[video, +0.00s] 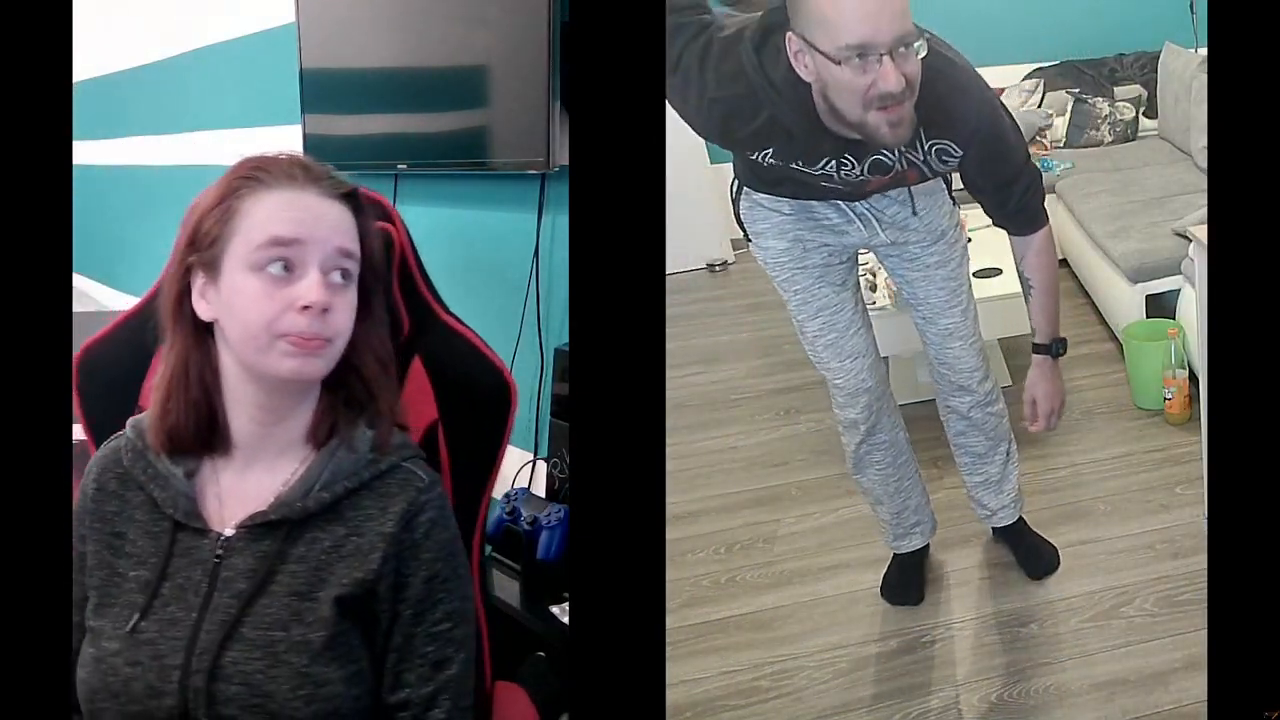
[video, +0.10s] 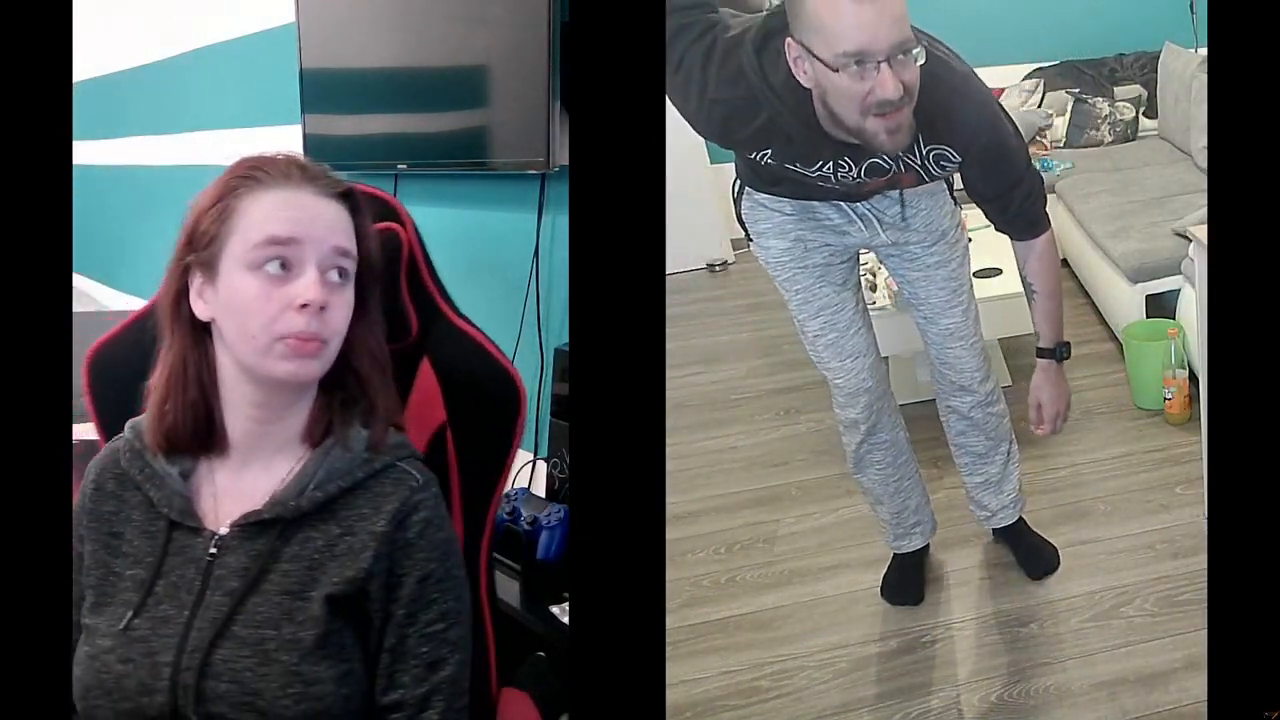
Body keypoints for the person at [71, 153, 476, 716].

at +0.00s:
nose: (317, 297)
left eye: (340, 273)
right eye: (280, 266)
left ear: (357, 303)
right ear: (204, 292)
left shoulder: (402, 503)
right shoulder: (115, 480)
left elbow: (436, 705)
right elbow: (77, 676)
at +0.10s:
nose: (315, 296)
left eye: (338, 272)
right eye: (278, 265)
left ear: (354, 302)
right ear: (202, 292)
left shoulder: (396, 502)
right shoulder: (115, 481)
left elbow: (429, 705)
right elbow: (81, 679)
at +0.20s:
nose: (314, 293)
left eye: (336, 269)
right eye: (277, 261)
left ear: (352, 300)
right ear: (201, 290)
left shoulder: (392, 501)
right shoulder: (113, 482)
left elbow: (423, 705)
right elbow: (84, 678)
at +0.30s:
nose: (305, 292)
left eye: (330, 269)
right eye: (267, 261)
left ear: (347, 303)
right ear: (196, 291)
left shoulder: (389, 504)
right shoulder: (113, 480)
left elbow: (418, 705)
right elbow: (84, 678)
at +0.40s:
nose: (279, 299)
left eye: (310, 273)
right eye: (245, 267)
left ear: (338, 306)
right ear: (185, 297)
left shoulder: (388, 512)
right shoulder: (115, 483)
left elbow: (415, 704)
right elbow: (83, 675)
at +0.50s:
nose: (275, 302)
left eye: (306, 276)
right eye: (240, 271)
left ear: (334, 306)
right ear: (180, 300)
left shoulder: (387, 518)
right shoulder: (117, 485)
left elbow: (410, 706)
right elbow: (84, 678)